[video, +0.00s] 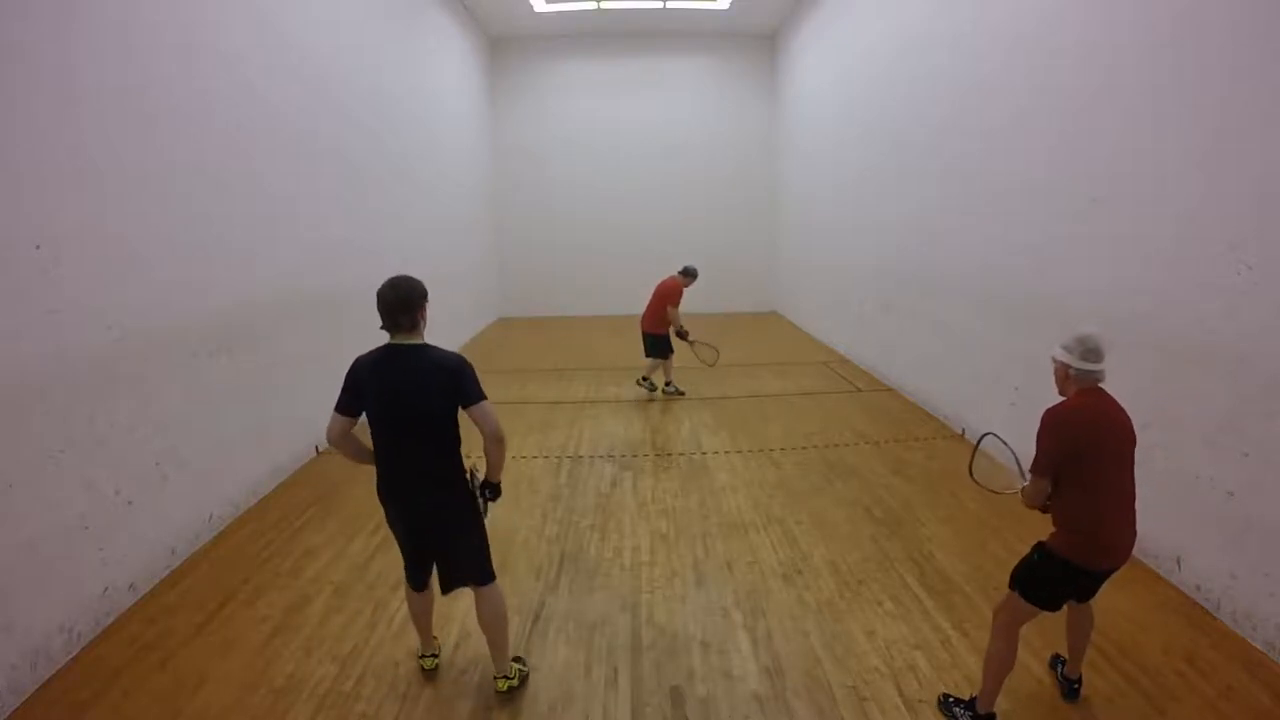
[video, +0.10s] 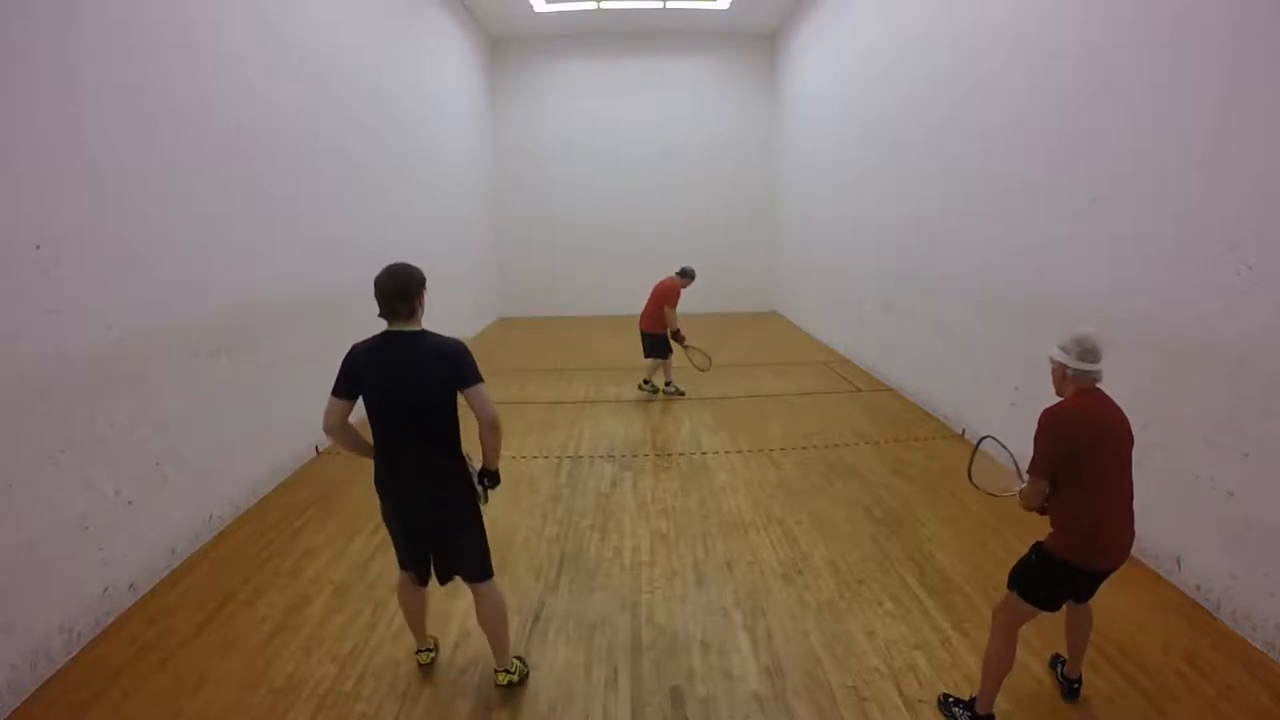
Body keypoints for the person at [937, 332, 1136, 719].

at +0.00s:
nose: (1053, 372)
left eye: (1057, 365)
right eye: (1055, 365)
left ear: (1067, 371)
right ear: (1096, 372)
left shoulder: (1059, 417)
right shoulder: (1117, 414)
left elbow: (1037, 494)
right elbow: (1105, 479)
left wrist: (1030, 495)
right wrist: (1052, 496)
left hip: (1075, 546)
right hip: (1117, 545)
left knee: (1007, 616)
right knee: (1080, 598)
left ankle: (982, 708)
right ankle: (1073, 676)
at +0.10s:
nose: (1051, 371)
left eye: (1054, 366)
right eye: (1053, 365)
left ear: (1065, 372)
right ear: (1094, 373)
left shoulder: (1057, 418)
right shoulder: (1115, 415)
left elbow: (1034, 494)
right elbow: (1103, 480)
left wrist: (1028, 496)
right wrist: (1051, 498)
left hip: (1074, 546)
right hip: (1116, 545)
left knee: (1007, 617)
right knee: (1079, 598)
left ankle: (981, 708)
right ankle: (1072, 676)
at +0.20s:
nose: (1049, 373)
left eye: (1053, 367)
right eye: (1052, 366)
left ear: (1064, 373)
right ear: (1091, 374)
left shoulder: (1055, 418)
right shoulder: (1113, 414)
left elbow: (1033, 496)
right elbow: (1101, 481)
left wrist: (1026, 499)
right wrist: (1048, 500)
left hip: (1072, 548)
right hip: (1115, 545)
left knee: (1006, 617)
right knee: (1079, 598)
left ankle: (981, 707)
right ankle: (1072, 675)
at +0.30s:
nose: (1049, 373)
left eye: (1053, 367)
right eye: (1051, 366)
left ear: (1064, 373)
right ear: (1091, 374)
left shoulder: (1055, 419)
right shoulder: (1113, 415)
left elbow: (1034, 496)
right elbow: (1101, 482)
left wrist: (1025, 499)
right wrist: (1048, 501)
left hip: (1072, 548)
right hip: (1115, 545)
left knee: (1006, 617)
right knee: (1079, 597)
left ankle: (981, 707)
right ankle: (1072, 675)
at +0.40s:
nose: (1049, 373)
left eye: (1053, 367)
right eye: (1052, 366)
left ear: (1064, 373)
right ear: (1091, 374)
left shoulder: (1056, 419)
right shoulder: (1113, 415)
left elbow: (1035, 497)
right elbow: (1098, 483)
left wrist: (1026, 499)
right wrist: (1043, 501)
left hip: (1073, 548)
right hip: (1115, 545)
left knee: (1005, 618)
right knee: (1078, 597)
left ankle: (981, 708)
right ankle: (1073, 675)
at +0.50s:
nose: (1051, 373)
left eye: (1054, 367)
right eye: (1053, 366)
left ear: (1064, 373)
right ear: (1093, 374)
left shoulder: (1057, 420)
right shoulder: (1114, 415)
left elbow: (1037, 500)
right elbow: (1097, 482)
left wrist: (1025, 499)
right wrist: (1041, 497)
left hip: (1073, 548)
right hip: (1115, 545)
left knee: (1005, 618)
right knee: (1078, 597)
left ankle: (981, 708)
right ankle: (1073, 675)